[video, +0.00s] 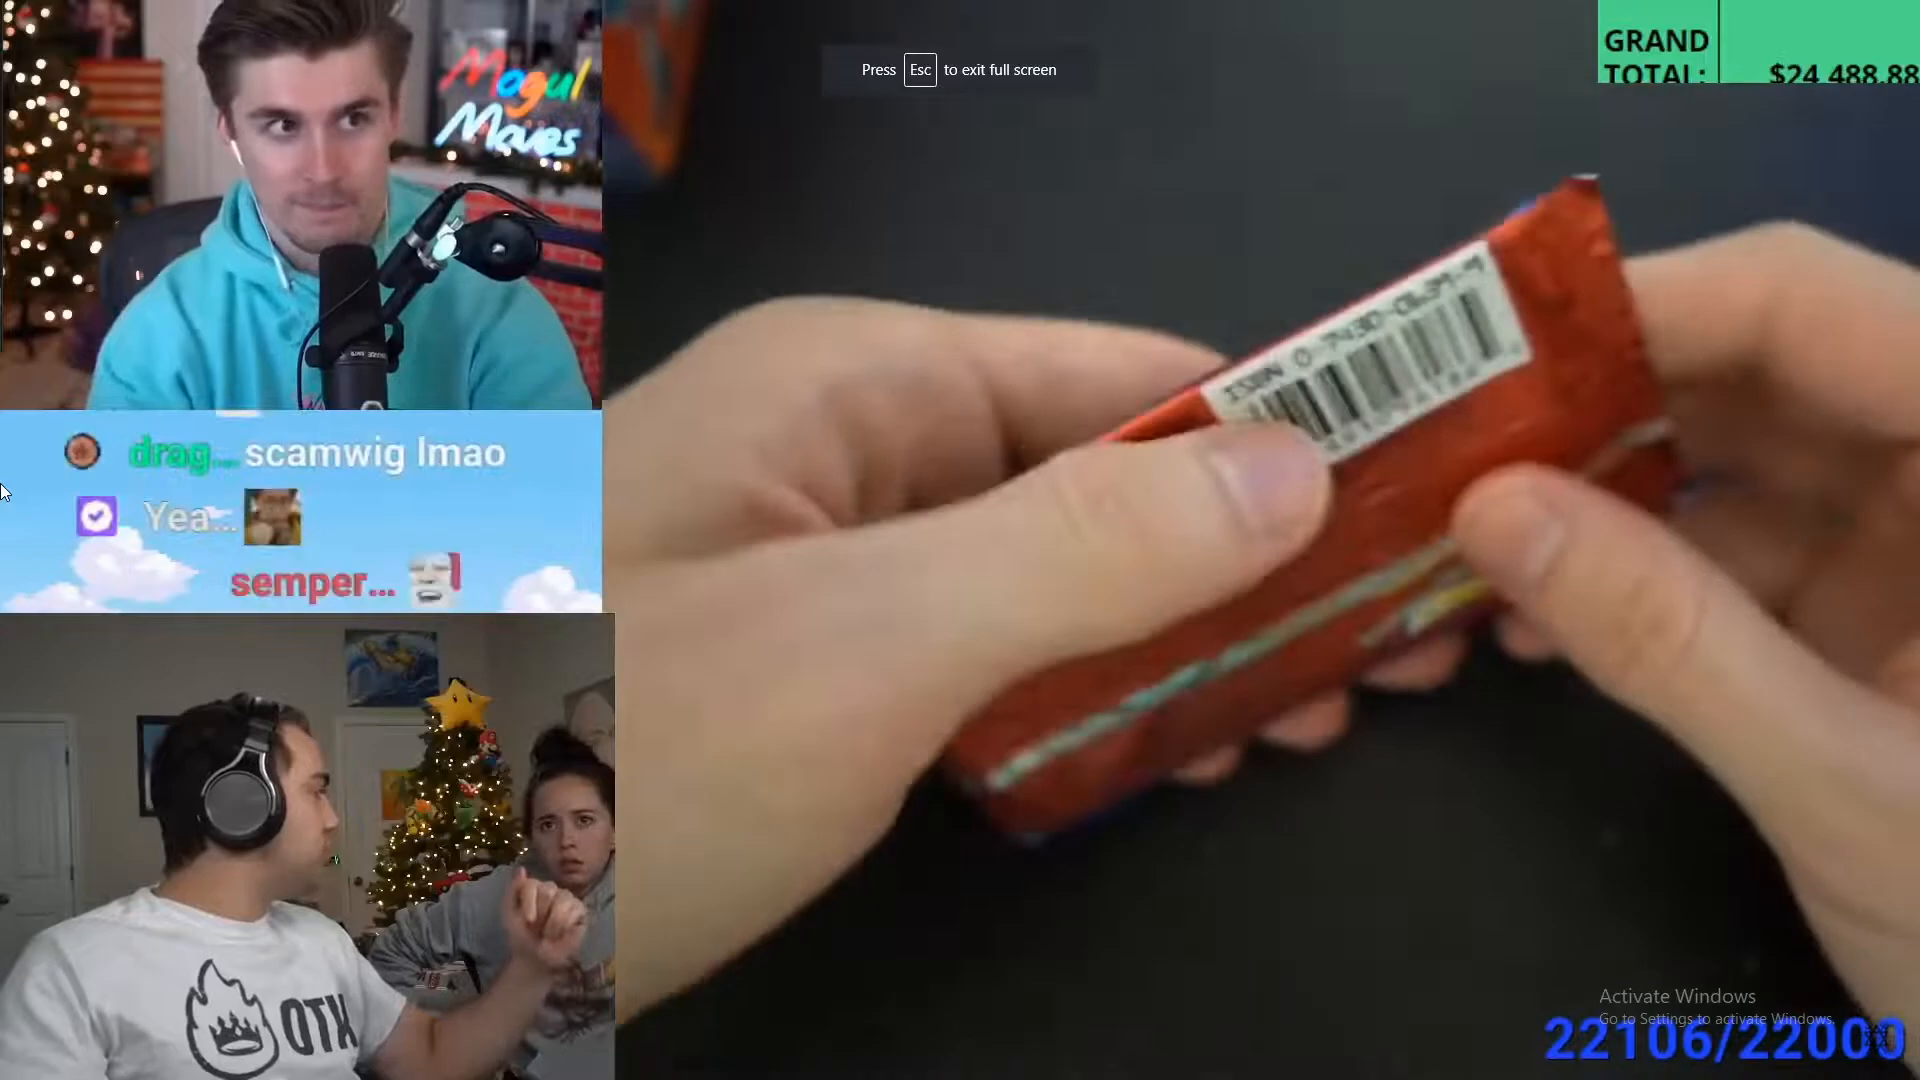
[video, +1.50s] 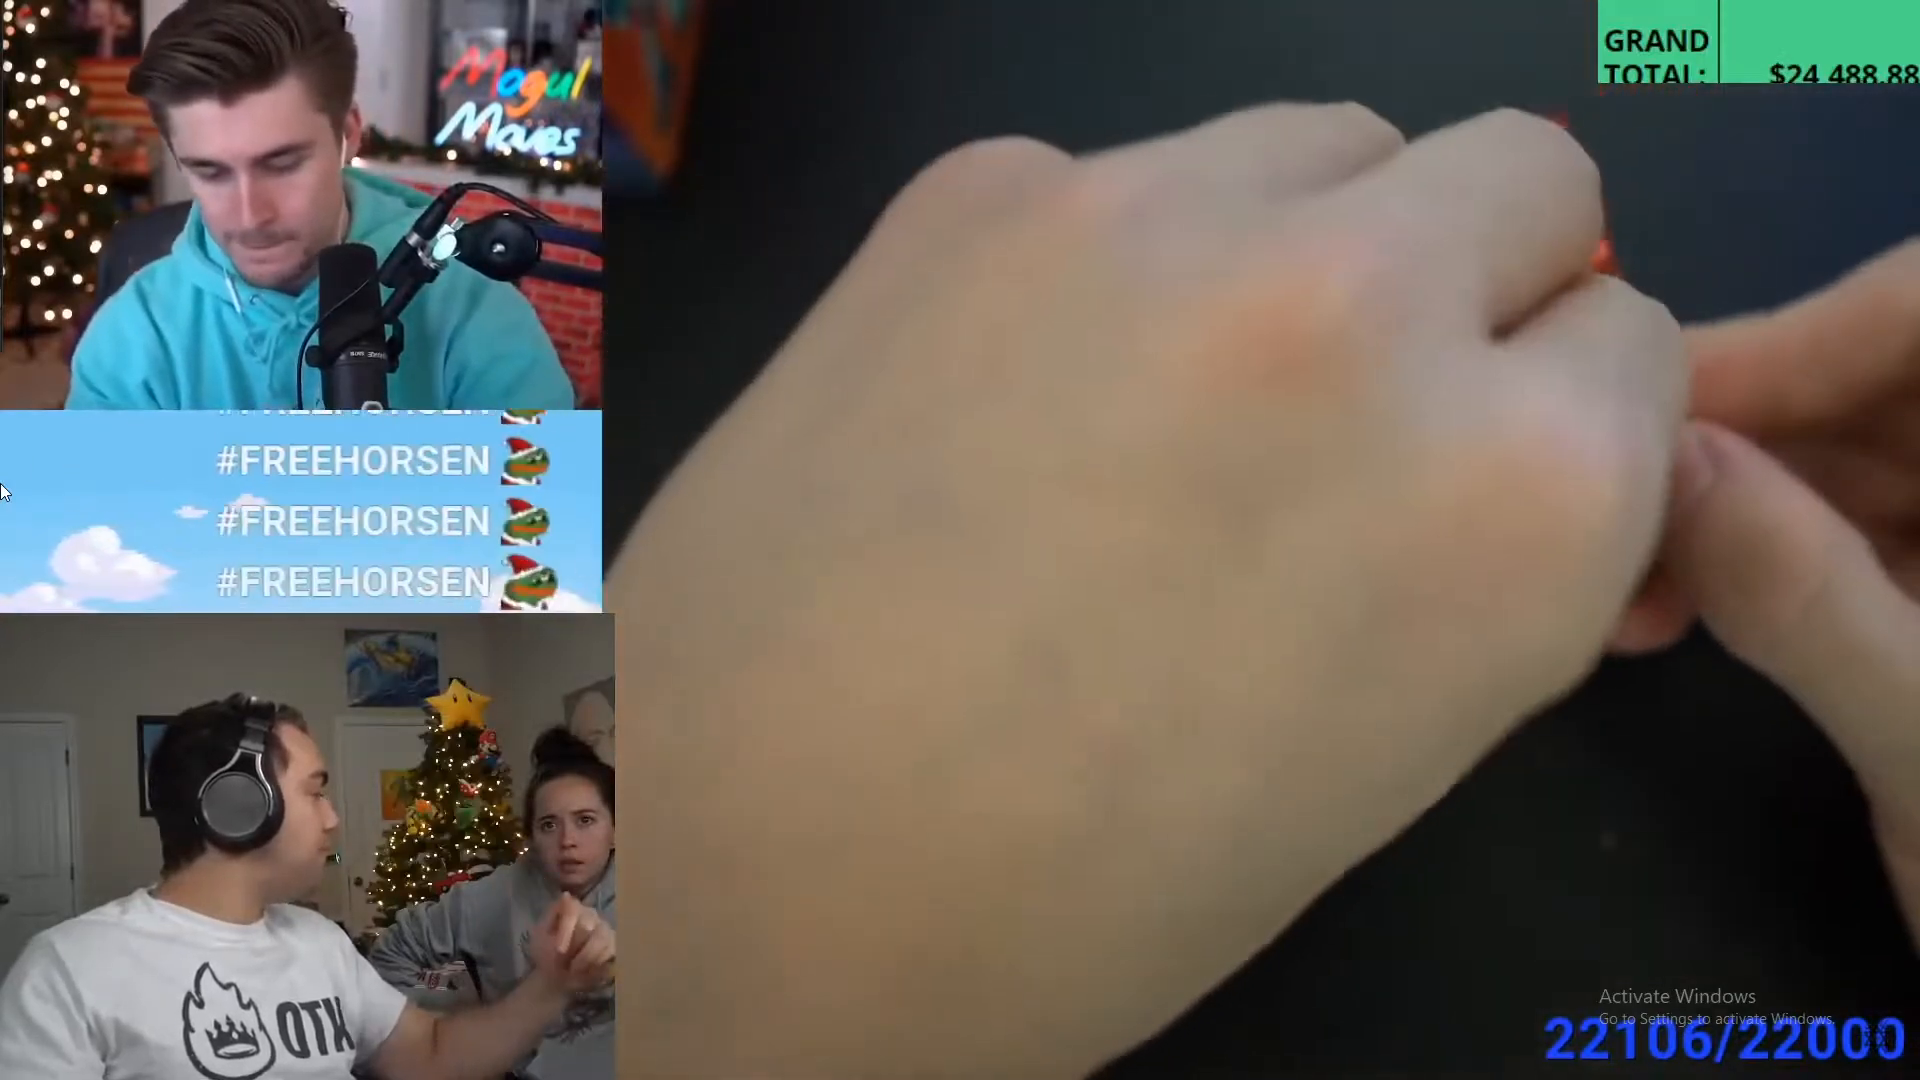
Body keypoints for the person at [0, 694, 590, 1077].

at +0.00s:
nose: (336, 816)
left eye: (327, 791)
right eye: (318, 789)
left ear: (248, 798)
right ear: (237, 799)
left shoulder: (323, 945)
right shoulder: (69, 970)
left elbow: (433, 1056)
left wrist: (533, 966)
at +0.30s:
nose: (334, 815)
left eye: (325, 789)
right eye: (316, 787)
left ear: (244, 800)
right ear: (235, 800)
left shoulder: (321, 944)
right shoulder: (68, 971)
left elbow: (433, 1056)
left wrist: (534, 967)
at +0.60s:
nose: (334, 816)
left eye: (325, 790)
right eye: (315, 789)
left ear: (249, 798)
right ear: (237, 800)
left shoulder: (321, 944)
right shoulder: (69, 970)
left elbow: (429, 1055)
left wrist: (525, 963)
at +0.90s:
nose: (333, 816)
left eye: (325, 790)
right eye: (316, 789)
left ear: (239, 803)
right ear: (236, 803)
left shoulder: (319, 943)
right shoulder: (69, 972)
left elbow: (431, 1053)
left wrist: (541, 978)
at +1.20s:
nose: (335, 817)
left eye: (327, 791)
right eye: (317, 789)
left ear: (241, 802)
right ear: (234, 802)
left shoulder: (319, 943)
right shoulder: (67, 972)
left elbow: (430, 1055)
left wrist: (534, 965)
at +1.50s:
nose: (335, 817)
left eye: (327, 791)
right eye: (316, 790)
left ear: (239, 804)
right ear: (234, 804)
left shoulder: (319, 945)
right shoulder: (67, 973)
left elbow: (431, 1050)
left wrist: (552, 986)